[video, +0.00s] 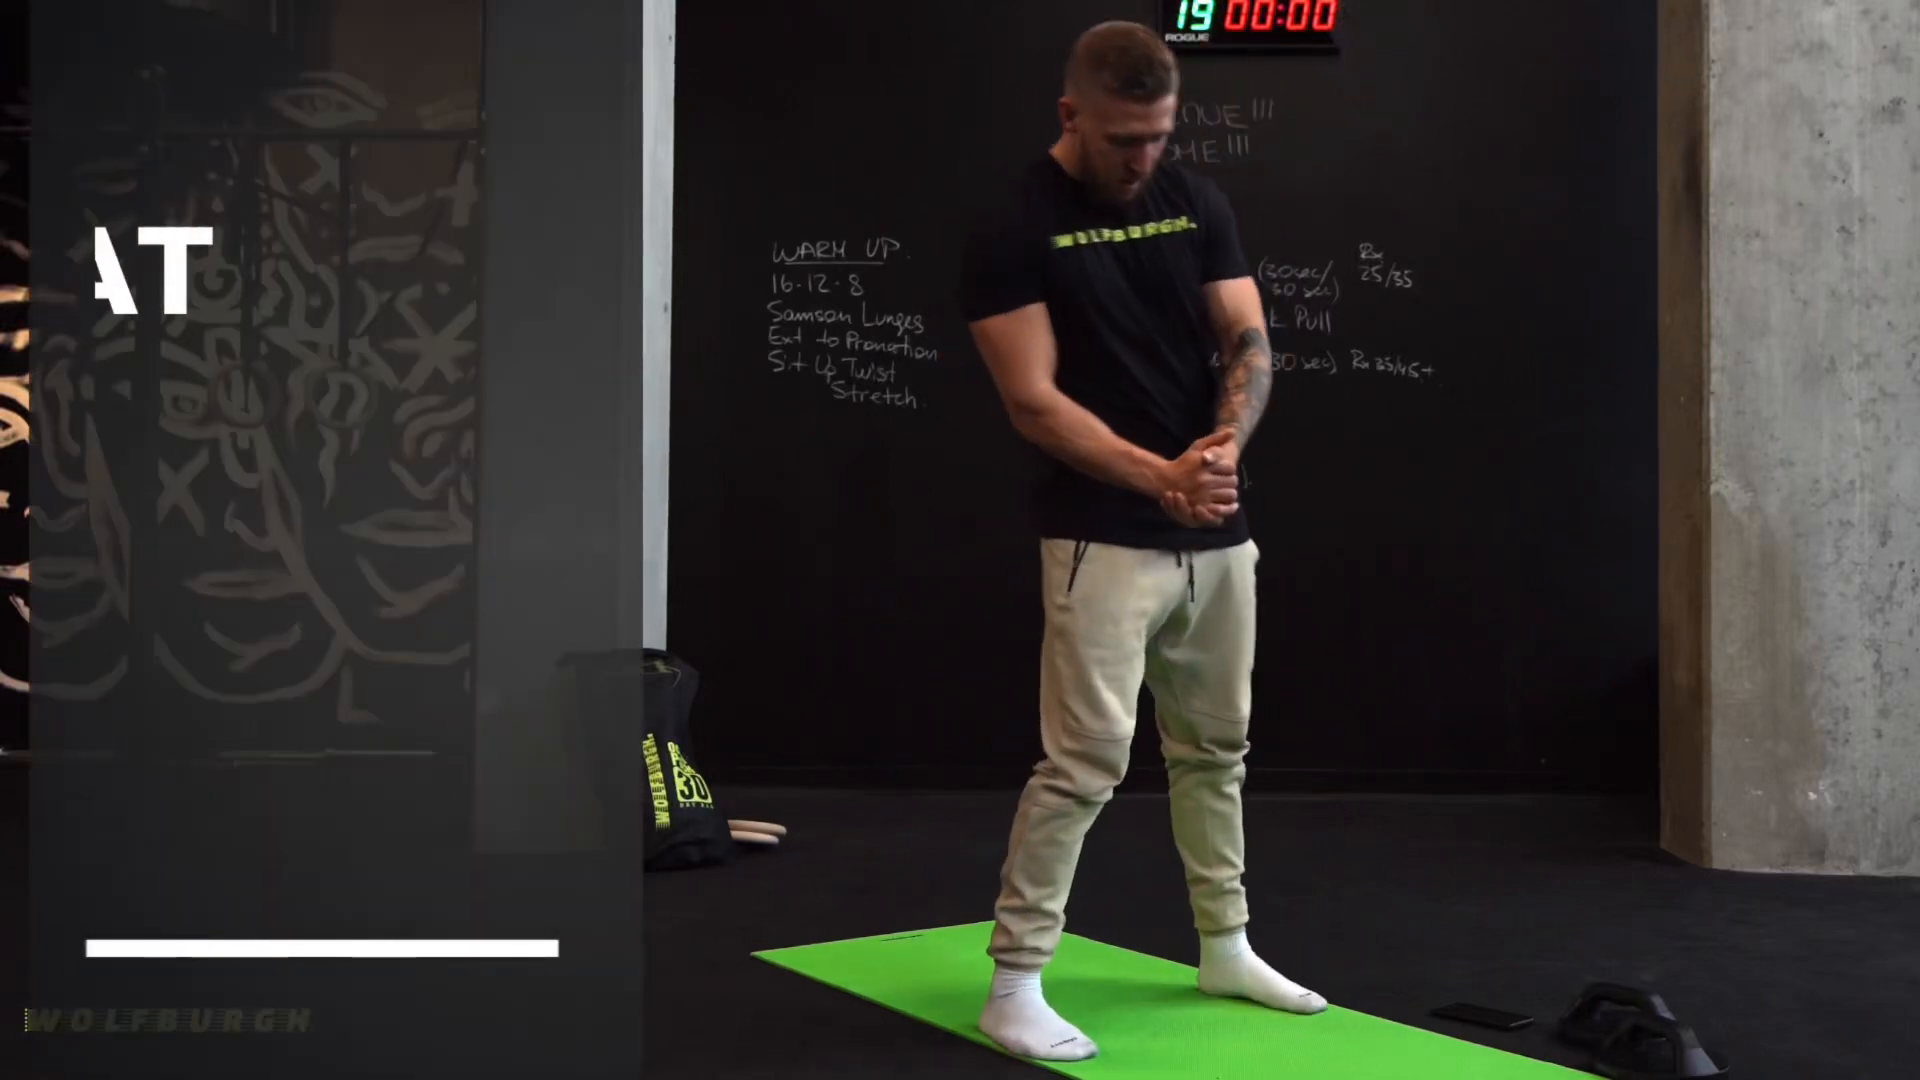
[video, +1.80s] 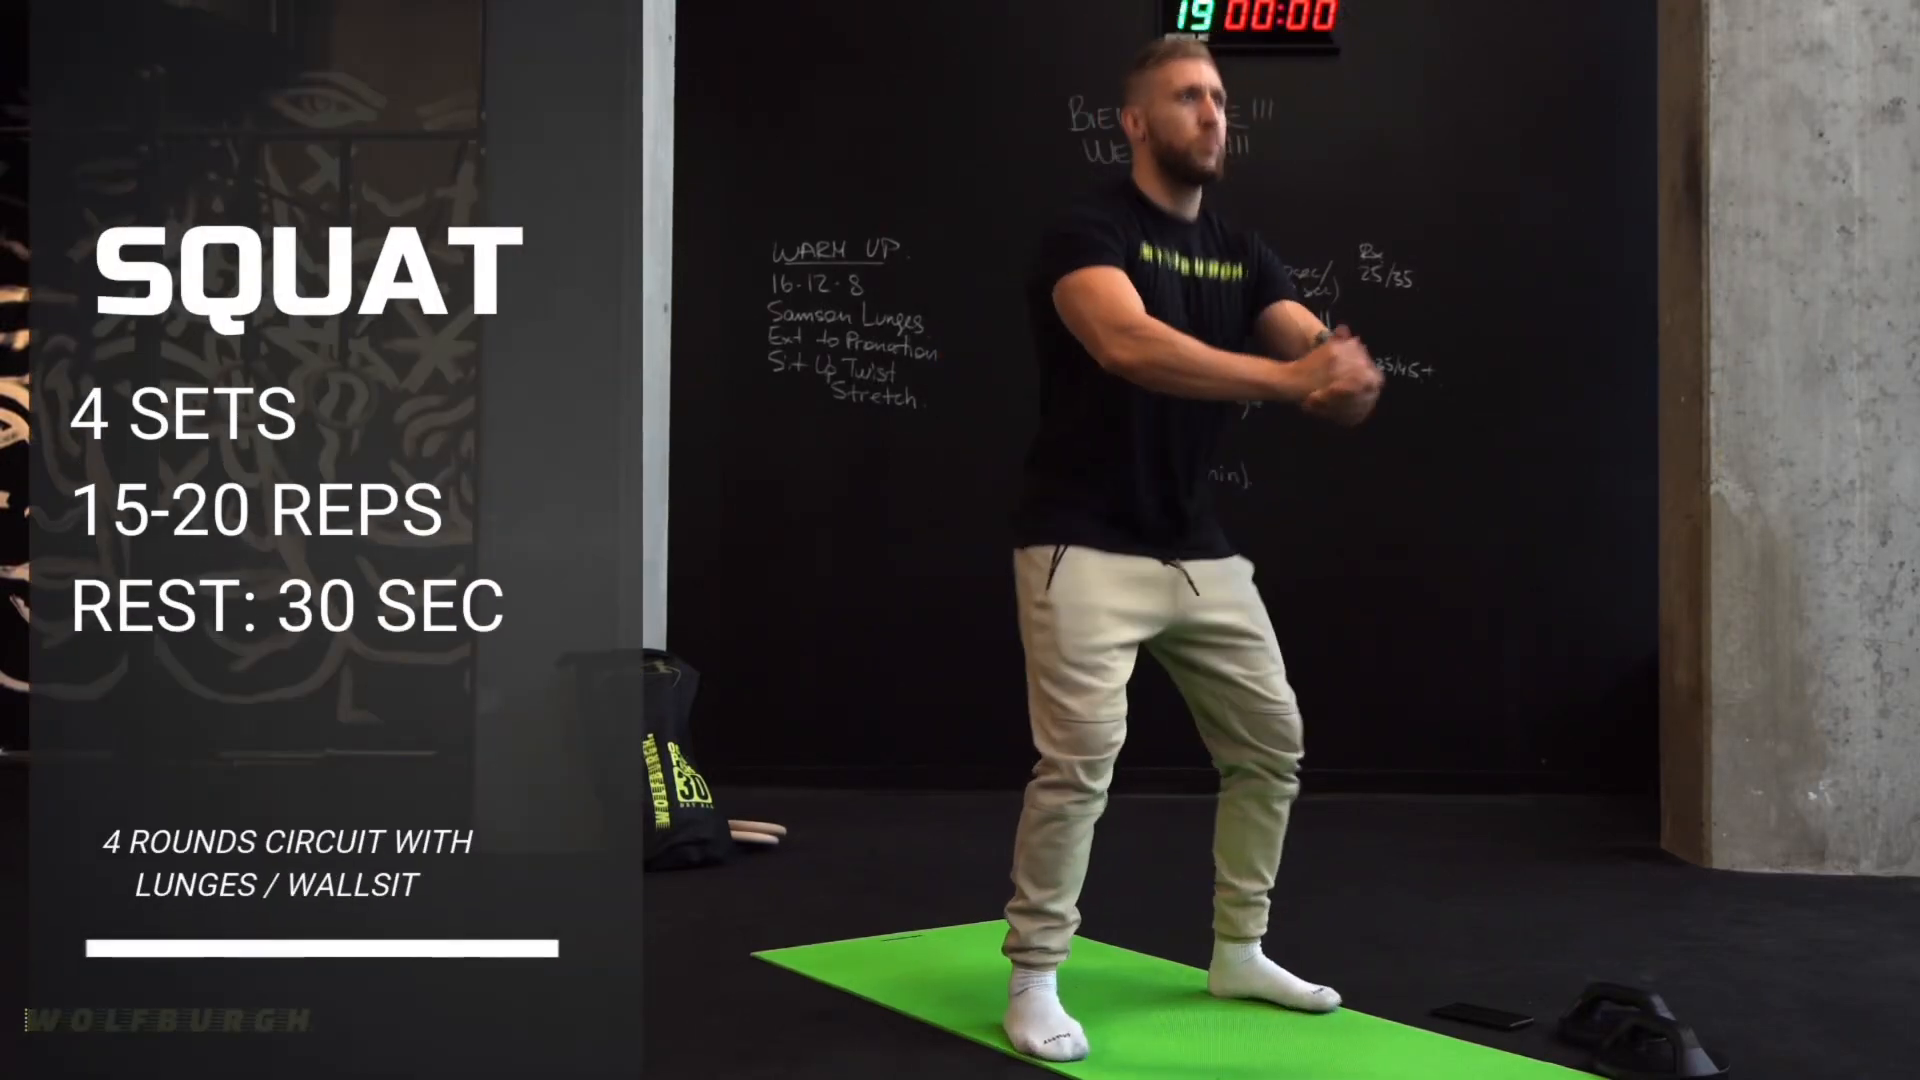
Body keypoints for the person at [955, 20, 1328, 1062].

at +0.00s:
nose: (1146, 160)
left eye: (1160, 139)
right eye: (1124, 140)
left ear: (1177, 114)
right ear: (1068, 114)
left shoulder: (1199, 202)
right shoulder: (1016, 229)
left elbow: (1249, 343)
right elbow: (1032, 404)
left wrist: (1227, 443)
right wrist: (1155, 479)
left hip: (1214, 532)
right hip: (1102, 538)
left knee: (1213, 749)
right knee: (1085, 760)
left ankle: (1225, 950)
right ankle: (1015, 986)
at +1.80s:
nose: (1212, 114)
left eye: (1218, 99)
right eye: (1188, 99)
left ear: (1226, 121)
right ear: (1133, 121)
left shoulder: (1239, 251)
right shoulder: (1082, 229)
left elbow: (1311, 345)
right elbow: (1127, 347)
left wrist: (1347, 375)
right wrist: (1289, 379)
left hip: (1198, 548)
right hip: (1082, 545)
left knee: (1268, 744)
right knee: (1078, 758)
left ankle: (1239, 955)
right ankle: (1035, 982)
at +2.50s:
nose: (1236, 474)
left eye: (1241, 455)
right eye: (1212, 457)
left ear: (1249, 467)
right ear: (1156, 479)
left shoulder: (1247, 566)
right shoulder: (1113, 555)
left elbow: (1376, 592)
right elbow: (1199, 593)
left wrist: (1424, 539)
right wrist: (1368, 520)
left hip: (1153, 781)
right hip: (1025, 789)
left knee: (1306, 750)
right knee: (1110, 761)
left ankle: (1241, 958)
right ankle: (1044, 989)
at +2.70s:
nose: (1235, 441)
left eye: (1240, 422)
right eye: (1210, 425)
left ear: (1249, 433)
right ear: (1156, 448)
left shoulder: (1253, 534)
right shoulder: (1120, 529)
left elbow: (1380, 562)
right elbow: (1199, 563)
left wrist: (1424, 510)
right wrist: (1371, 489)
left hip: (1173, 753)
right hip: (1047, 758)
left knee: (1320, 758)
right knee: (1116, 767)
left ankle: (1244, 959)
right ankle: (1045, 989)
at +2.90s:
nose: (1226, 287)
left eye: (1231, 271)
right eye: (1203, 271)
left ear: (1238, 287)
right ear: (1147, 292)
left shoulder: (1246, 397)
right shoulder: (1102, 390)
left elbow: (1345, 467)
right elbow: (1162, 476)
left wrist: (1402, 468)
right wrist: (1336, 464)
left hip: (1185, 650)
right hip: (1067, 654)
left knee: (1316, 755)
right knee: (1121, 769)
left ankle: (1243, 961)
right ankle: (1044, 987)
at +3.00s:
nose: (1212, 170)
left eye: (1217, 155)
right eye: (1188, 155)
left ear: (1224, 174)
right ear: (1132, 174)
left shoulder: (1239, 294)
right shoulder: (1087, 287)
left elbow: (1315, 407)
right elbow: (1113, 425)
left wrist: (1353, 485)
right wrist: (1257, 506)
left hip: (1207, 585)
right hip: (1087, 584)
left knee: (1297, 751)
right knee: (1114, 758)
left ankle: (1242, 959)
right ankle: (1043, 984)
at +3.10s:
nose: (1206, 113)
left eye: (1211, 98)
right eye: (1181, 99)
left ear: (1220, 119)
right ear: (1127, 122)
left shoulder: (1236, 250)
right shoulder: (1082, 234)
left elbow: (1296, 384)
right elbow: (1072, 391)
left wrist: (1324, 493)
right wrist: (1174, 515)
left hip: (1210, 555)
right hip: (1093, 554)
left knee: (1278, 746)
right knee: (1107, 754)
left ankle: (1242, 958)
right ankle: (1041, 982)